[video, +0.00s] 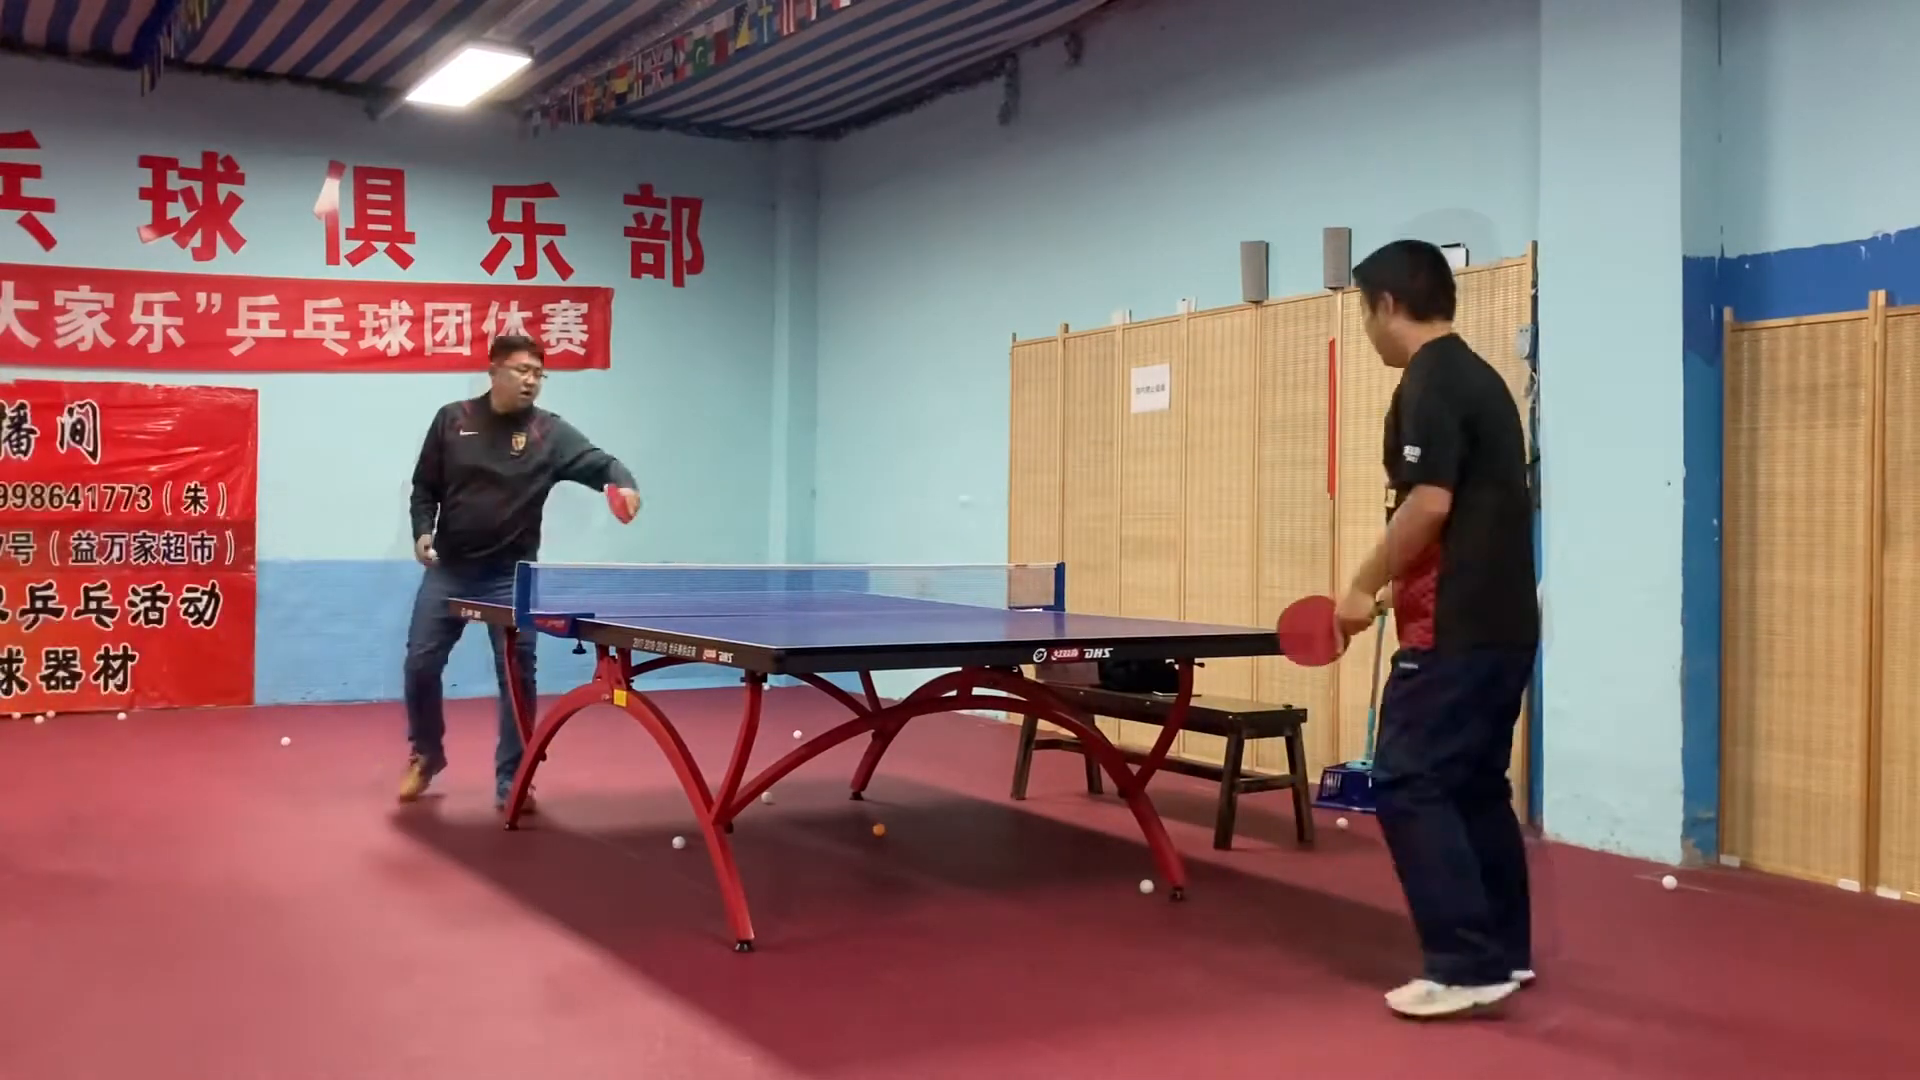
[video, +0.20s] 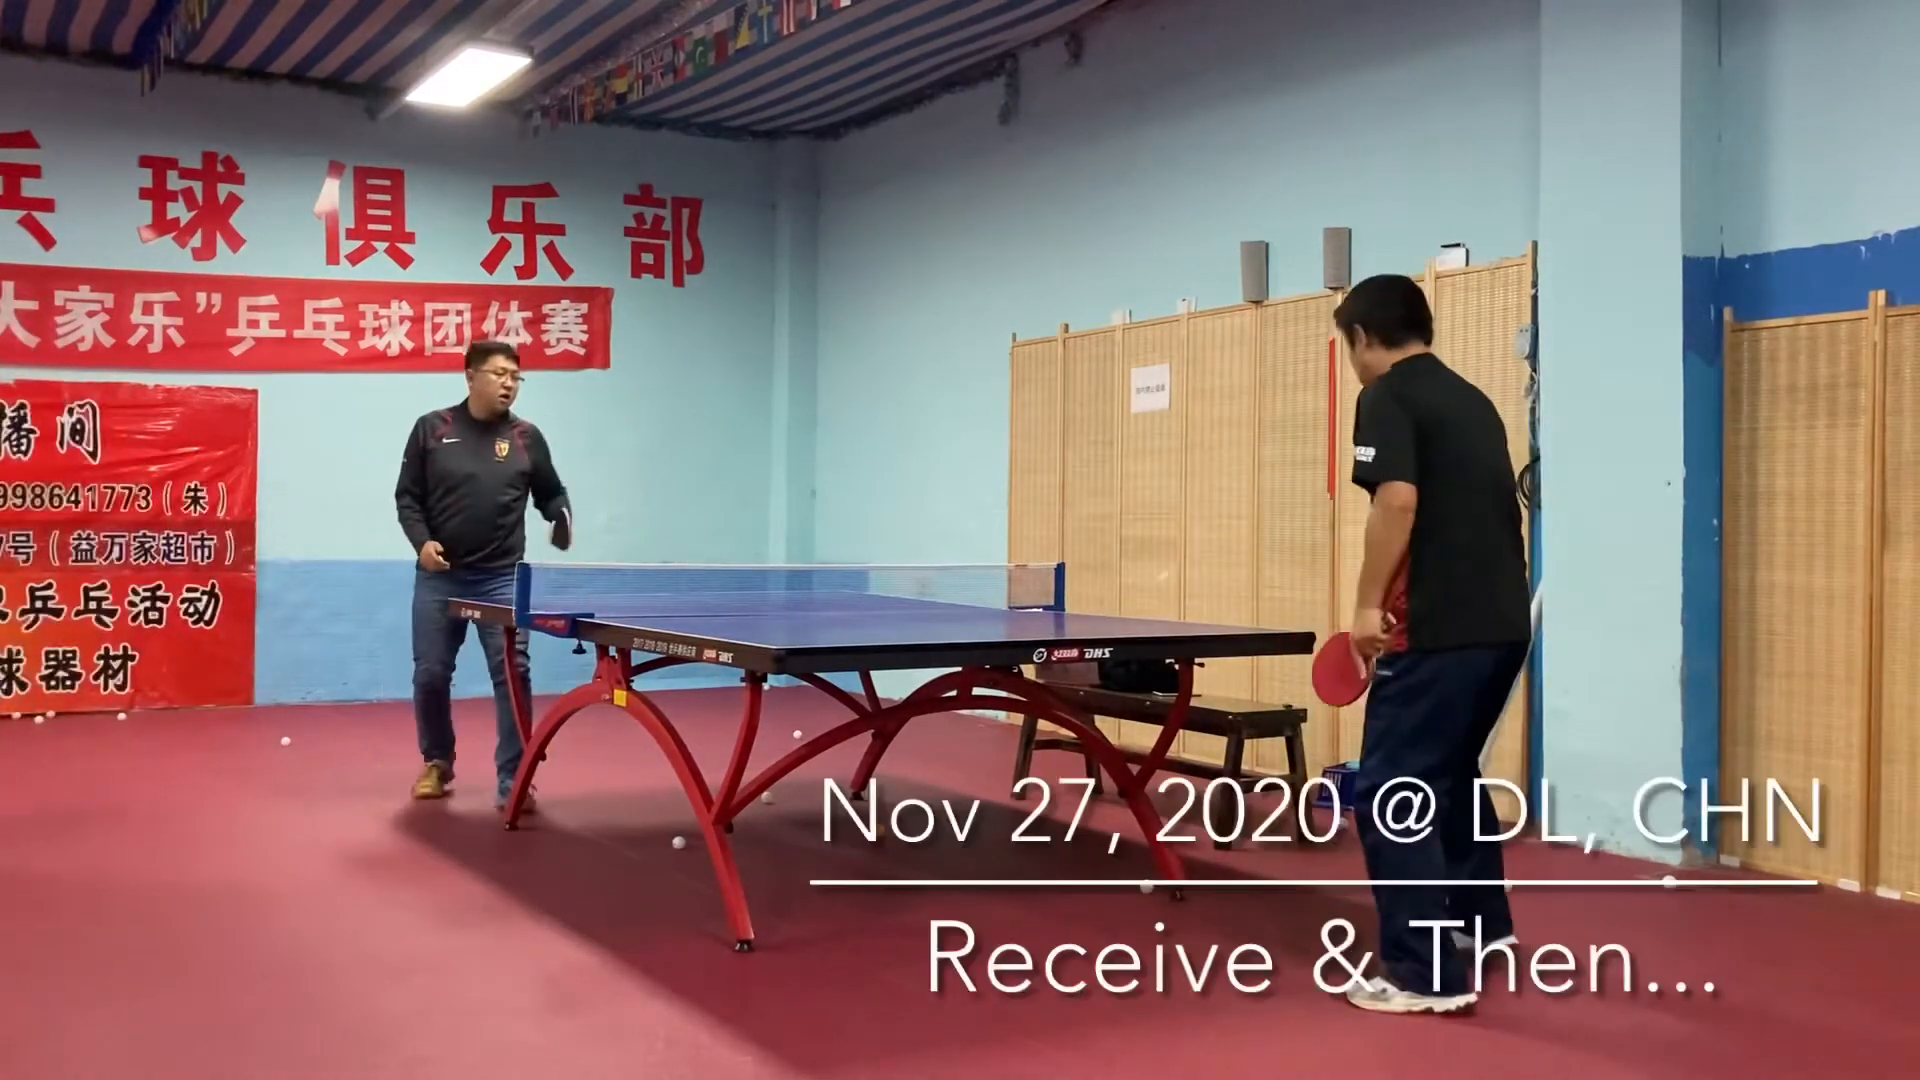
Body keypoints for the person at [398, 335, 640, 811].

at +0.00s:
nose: (531, 380)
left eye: (537, 374)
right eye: (522, 371)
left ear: (541, 380)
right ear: (494, 372)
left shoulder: (547, 432)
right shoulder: (452, 420)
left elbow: (600, 464)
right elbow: (424, 485)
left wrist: (622, 486)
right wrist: (423, 533)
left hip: (512, 571)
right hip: (448, 568)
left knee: (518, 671)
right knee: (420, 663)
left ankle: (513, 783)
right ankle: (426, 756)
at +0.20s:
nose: (508, 384)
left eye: (514, 377)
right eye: (498, 374)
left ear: (518, 384)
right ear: (471, 377)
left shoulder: (526, 437)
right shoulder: (431, 430)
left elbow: (550, 493)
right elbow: (407, 497)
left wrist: (559, 516)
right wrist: (422, 541)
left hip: (502, 575)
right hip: (440, 575)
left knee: (512, 673)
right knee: (430, 673)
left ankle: (515, 782)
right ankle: (437, 763)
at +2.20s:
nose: (514, 421)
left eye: (519, 412)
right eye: (504, 412)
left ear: (526, 416)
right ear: (480, 413)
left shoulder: (525, 453)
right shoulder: (445, 451)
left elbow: (532, 505)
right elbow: (411, 514)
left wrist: (531, 533)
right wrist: (458, 538)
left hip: (496, 575)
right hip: (441, 576)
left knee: (525, 655)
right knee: (438, 659)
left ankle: (541, 746)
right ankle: (424, 757)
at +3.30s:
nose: (512, 450)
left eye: (517, 441)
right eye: (502, 441)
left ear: (522, 439)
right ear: (474, 439)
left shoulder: (532, 471)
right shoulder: (444, 480)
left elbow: (581, 514)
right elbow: (462, 534)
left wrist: (590, 548)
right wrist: (519, 553)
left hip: (520, 598)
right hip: (460, 599)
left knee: (571, 668)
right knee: (421, 676)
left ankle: (597, 767)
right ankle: (380, 770)